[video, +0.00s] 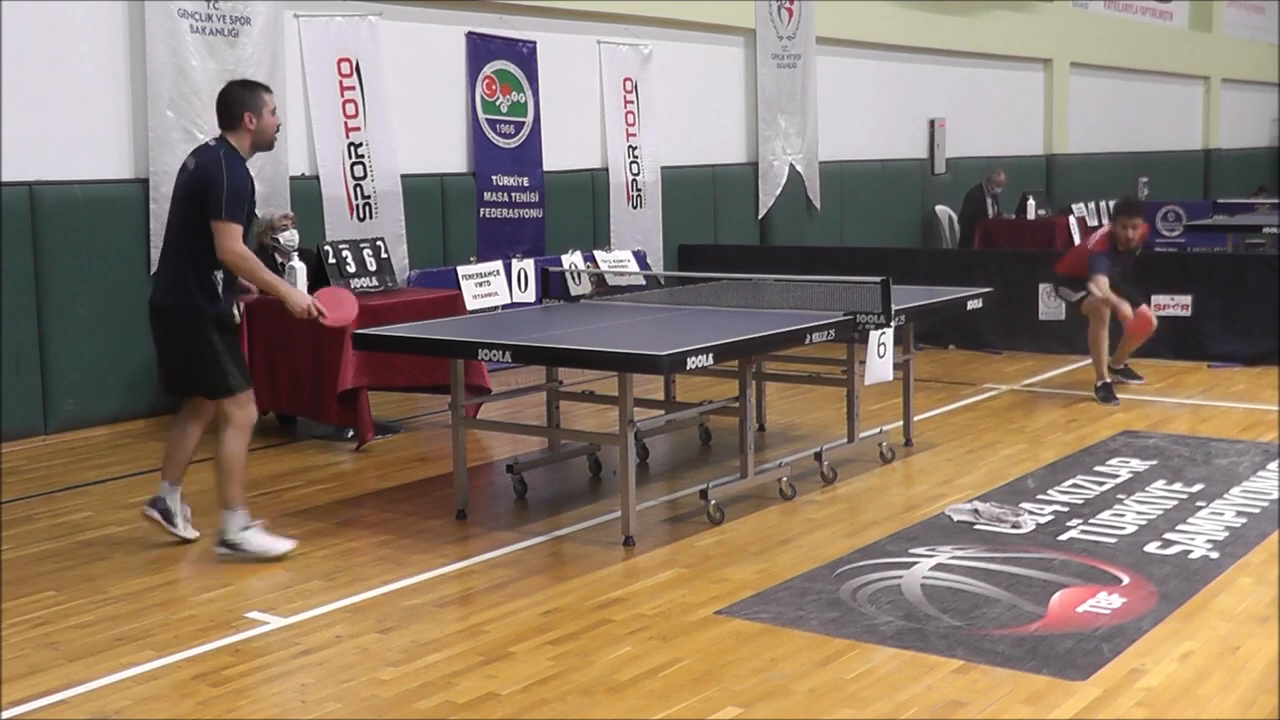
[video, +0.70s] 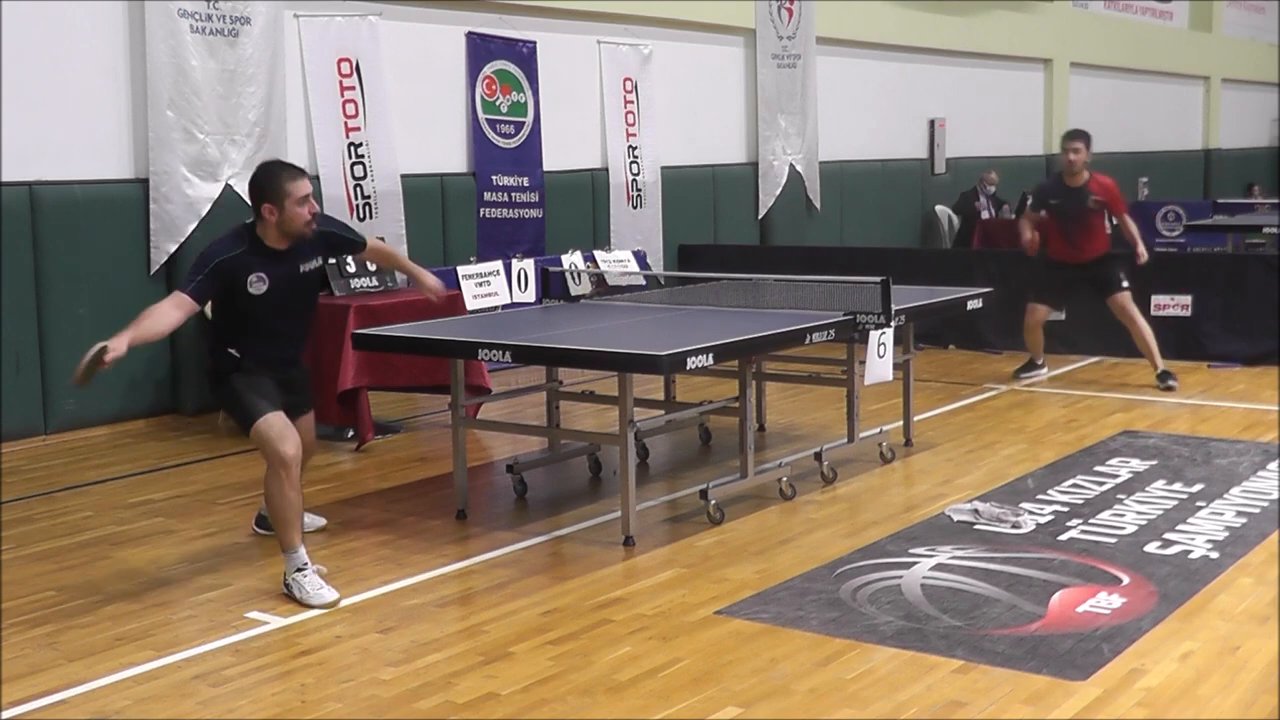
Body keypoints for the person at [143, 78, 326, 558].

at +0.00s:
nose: (278, 123)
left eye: (275, 113)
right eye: (273, 114)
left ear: (238, 121)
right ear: (249, 120)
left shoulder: (205, 158)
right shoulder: (228, 169)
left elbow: (198, 242)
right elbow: (230, 249)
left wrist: (232, 279)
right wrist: (287, 293)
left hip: (178, 305)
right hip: (196, 310)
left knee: (199, 405)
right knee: (241, 411)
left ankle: (166, 499)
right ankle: (236, 527)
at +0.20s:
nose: (287, 160)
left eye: (285, 151)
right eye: (280, 152)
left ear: (252, 161)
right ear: (256, 160)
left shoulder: (238, 203)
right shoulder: (230, 208)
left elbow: (254, 267)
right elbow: (240, 289)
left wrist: (299, 292)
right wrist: (304, 318)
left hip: (214, 338)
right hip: (212, 342)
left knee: (227, 413)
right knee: (297, 417)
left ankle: (196, 498)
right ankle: (275, 518)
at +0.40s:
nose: (306, 155)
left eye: (304, 146)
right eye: (297, 147)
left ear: (272, 155)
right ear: (269, 155)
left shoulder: (271, 198)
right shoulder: (235, 201)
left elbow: (281, 257)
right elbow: (227, 282)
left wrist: (331, 289)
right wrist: (284, 321)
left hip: (248, 323)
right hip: (221, 330)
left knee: (269, 414)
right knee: (293, 421)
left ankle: (244, 497)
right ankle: (268, 516)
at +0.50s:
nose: (311, 162)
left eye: (309, 153)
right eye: (301, 155)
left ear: (280, 163)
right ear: (271, 163)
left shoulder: (287, 203)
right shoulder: (236, 209)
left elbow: (309, 262)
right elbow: (218, 290)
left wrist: (355, 294)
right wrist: (258, 339)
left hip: (261, 329)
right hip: (223, 335)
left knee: (306, 417)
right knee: (290, 423)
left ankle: (273, 509)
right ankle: (265, 524)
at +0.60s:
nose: (310, 187)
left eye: (309, 178)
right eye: (300, 181)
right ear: (269, 188)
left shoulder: (308, 225)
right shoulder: (232, 236)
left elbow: (350, 262)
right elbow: (198, 298)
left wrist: (401, 293)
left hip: (280, 349)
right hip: (235, 352)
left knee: (317, 434)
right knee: (285, 435)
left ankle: (273, 511)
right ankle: (292, 558)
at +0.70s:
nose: (313, 208)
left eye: (312, 198)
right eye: (302, 201)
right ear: (268, 211)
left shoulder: (320, 235)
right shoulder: (229, 255)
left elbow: (370, 249)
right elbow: (178, 305)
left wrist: (417, 271)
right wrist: (125, 339)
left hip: (288, 362)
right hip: (240, 367)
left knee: (303, 444)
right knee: (286, 450)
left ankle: (275, 511)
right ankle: (298, 568)